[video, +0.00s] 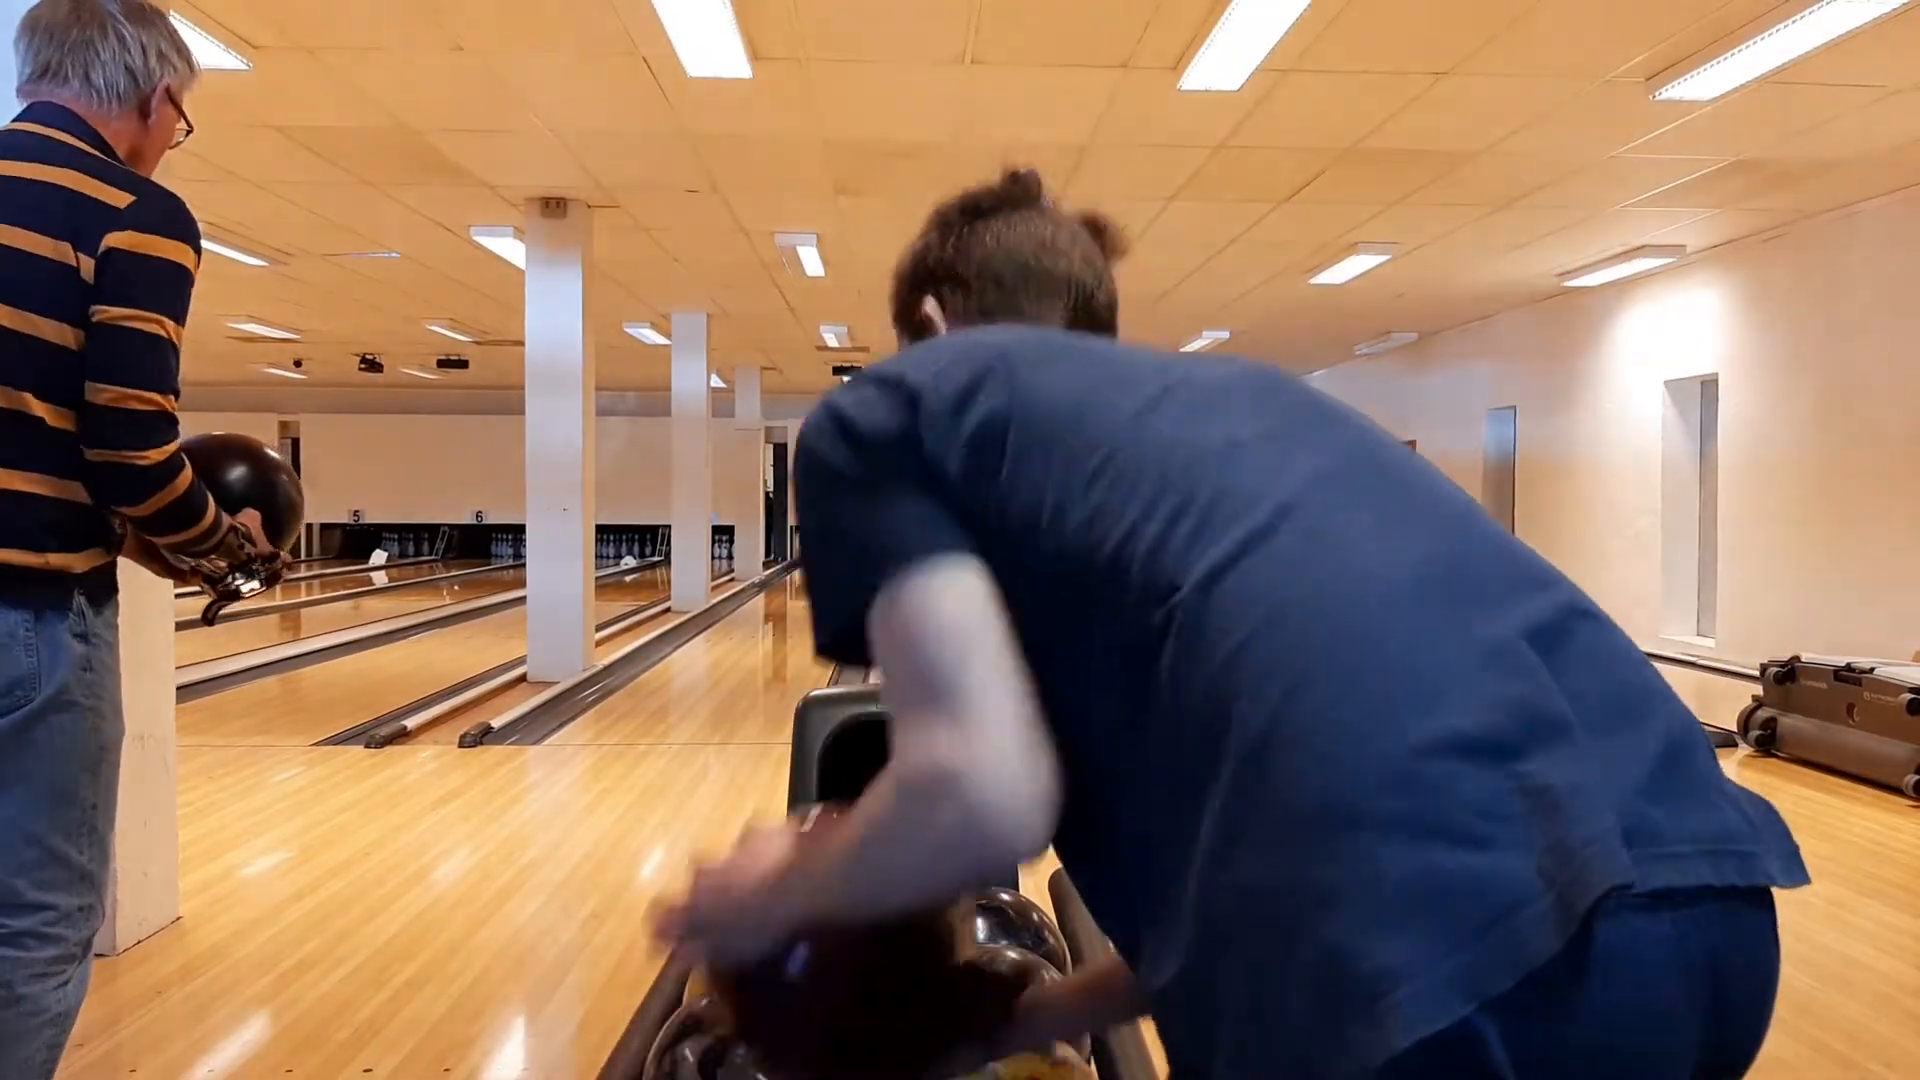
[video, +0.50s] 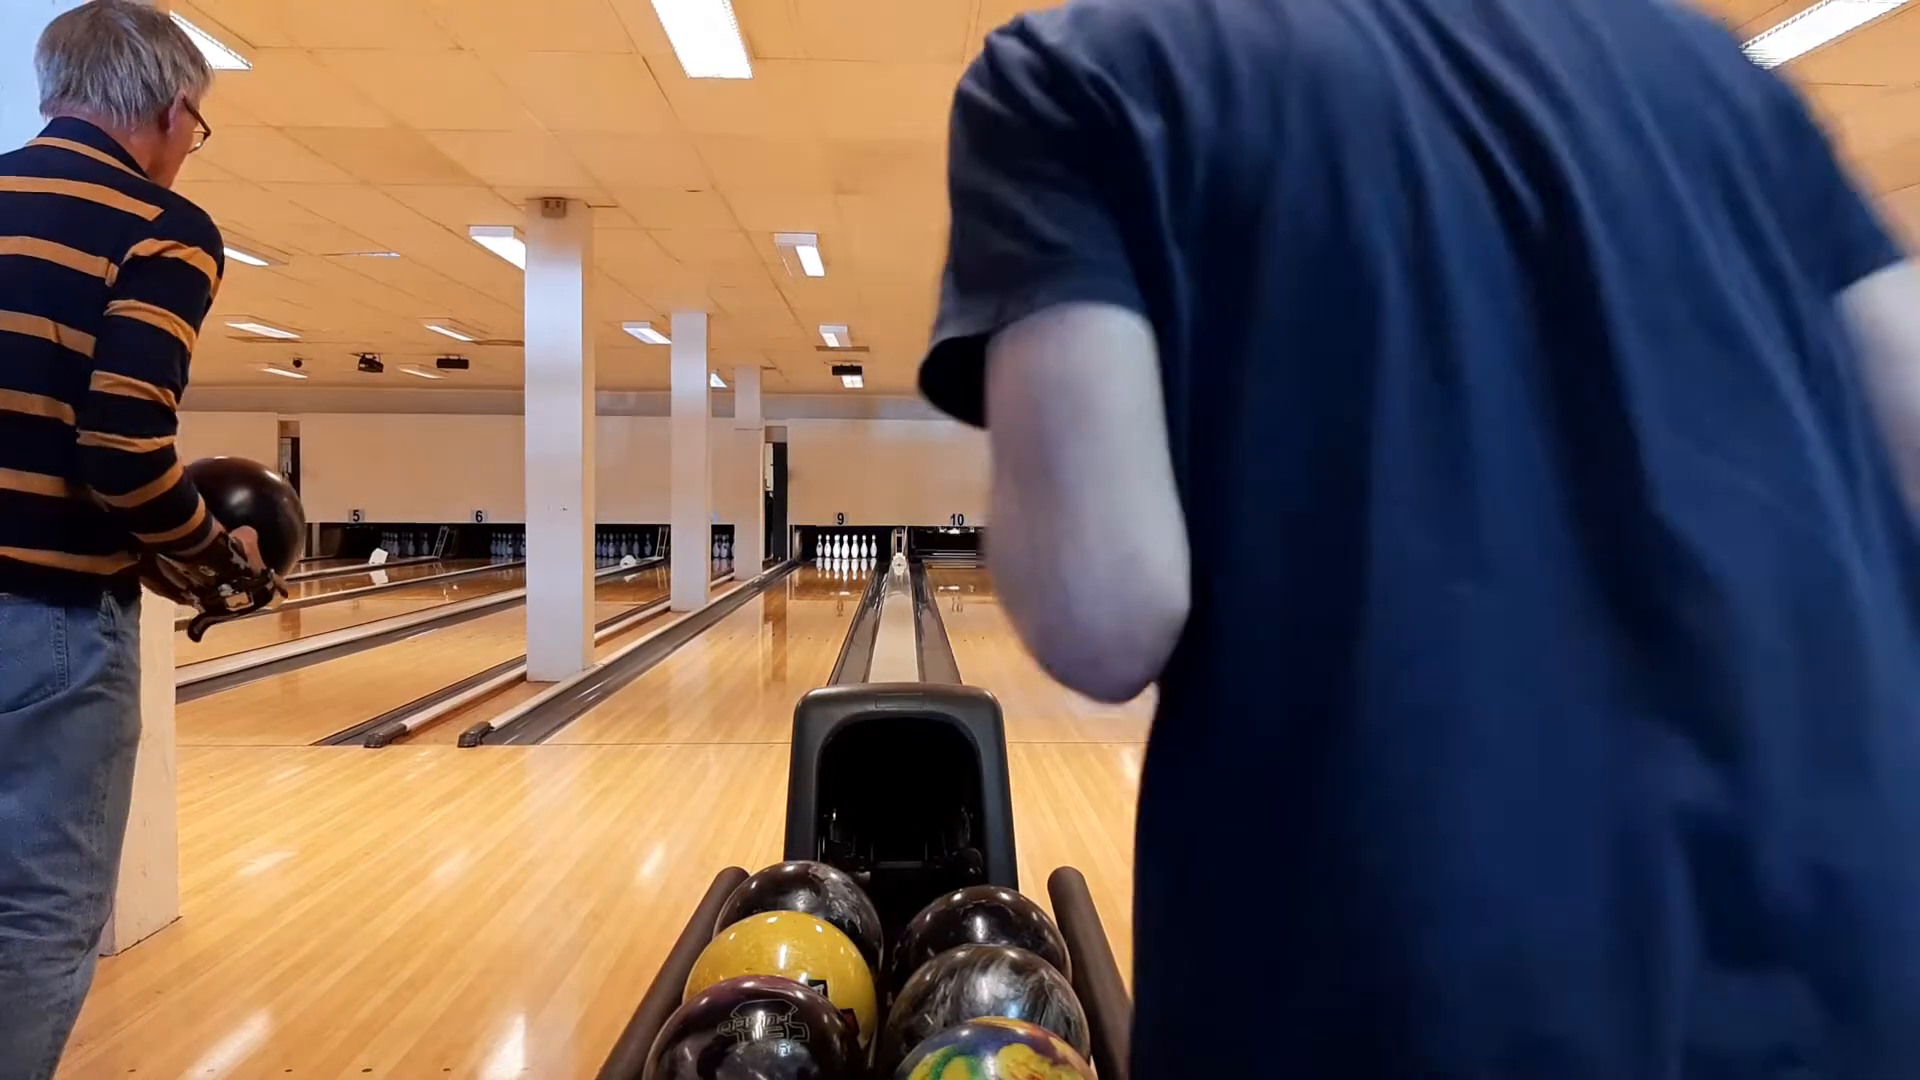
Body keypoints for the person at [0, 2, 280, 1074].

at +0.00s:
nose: (173, 145)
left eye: (179, 122)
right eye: (177, 117)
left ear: (39, 81)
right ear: (142, 97)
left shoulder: (4, 168)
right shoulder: (137, 209)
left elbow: (103, 432)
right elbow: (126, 444)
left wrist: (182, 518)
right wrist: (213, 548)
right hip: (36, 605)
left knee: (33, 921)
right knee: (38, 931)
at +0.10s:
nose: (172, 150)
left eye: (180, 127)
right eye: (179, 122)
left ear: (43, 84)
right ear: (146, 102)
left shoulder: (2, 171)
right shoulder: (143, 208)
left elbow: (85, 426)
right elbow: (120, 436)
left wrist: (160, 529)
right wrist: (202, 544)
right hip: (39, 606)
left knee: (32, 921)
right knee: (41, 932)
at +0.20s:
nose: (179, 150)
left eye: (185, 128)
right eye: (184, 123)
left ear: (48, 91)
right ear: (149, 106)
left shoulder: (2, 177)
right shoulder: (154, 214)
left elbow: (66, 423)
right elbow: (111, 435)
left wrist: (162, 524)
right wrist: (193, 542)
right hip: (45, 609)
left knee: (30, 920)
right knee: (42, 933)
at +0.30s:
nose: (186, 148)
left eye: (192, 126)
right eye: (189, 122)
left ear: (53, 95)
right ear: (154, 109)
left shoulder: (1, 180)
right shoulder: (162, 218)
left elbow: (65, 425)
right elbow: (109, 439)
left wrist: (169, 530)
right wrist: (195, 551)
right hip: (49, 610)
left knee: (28, 916)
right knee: (43, 928)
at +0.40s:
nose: (190, 144)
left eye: (195, 123)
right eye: (192, 120)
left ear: (58, 95)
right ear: (160, 109)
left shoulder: (2, 181)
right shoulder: (168, 220)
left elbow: (68, 419)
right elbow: (111, 435)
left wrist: (165, 534)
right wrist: (196, 553)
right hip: (51, 609)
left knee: (28, 912)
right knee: (43, 926)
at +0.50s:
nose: (192, 148)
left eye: (197, 125)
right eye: (193, 122)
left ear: (64, 99)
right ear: (158, 111)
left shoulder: (6, 184)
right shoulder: (167, 223)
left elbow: (61, 420)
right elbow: (121, 437)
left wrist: (161, 531)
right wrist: (201, 538)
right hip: (51, 609)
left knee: (27, 913)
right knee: (43, 927)